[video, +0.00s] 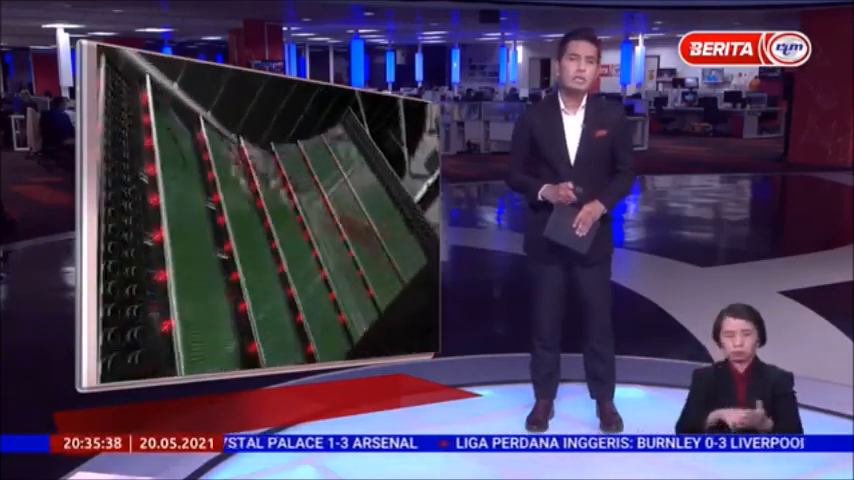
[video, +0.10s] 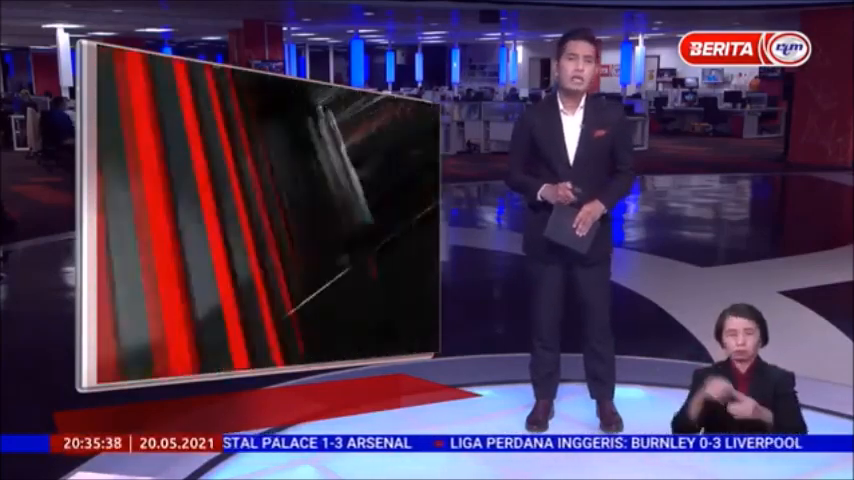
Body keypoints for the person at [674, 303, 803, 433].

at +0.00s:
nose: (738, 342)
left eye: (746, 334)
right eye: (729, 335)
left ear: (759, 338)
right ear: (719, 341)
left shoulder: (779, 380)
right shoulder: (704, 378)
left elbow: (794, 435)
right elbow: (683, 430)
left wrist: (764, 424)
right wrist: (717, 416)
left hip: (766, 464)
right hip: (714, 462)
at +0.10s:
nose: (740, 341)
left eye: (748, 333)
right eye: (732, 334)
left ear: (761, 339)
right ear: (722, 341)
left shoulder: (780, 379)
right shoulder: (705, 377)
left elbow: (798, 431)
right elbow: (680, 430)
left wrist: (759, 413)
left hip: (767, 465)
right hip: (714, 463)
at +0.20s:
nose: (743, 342)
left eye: (751, 333)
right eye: (734, 335)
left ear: (762, 338)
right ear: (724, 341)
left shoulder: (780, 378)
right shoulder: (710, 375)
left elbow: (794, 424)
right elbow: (679, 420)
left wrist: (753, 402)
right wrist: (691, 381)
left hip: (768, 464)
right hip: (718, 463)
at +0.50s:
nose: (746, 343)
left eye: (754, 334)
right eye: (737, 335)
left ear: (765, 339)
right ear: (726, 341)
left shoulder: (783, 380)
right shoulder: (710, 376)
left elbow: (801, 429)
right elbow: (677, 422)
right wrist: (697, 394)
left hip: (770, 465)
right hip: (717, 463)